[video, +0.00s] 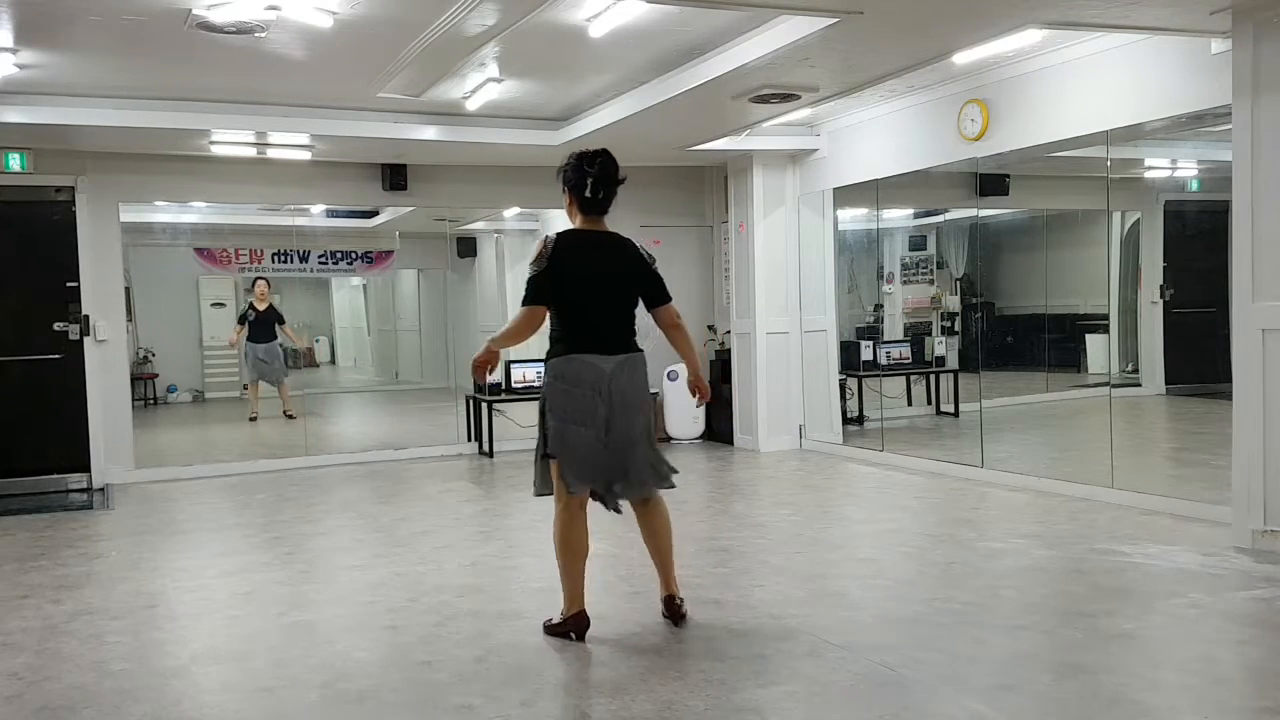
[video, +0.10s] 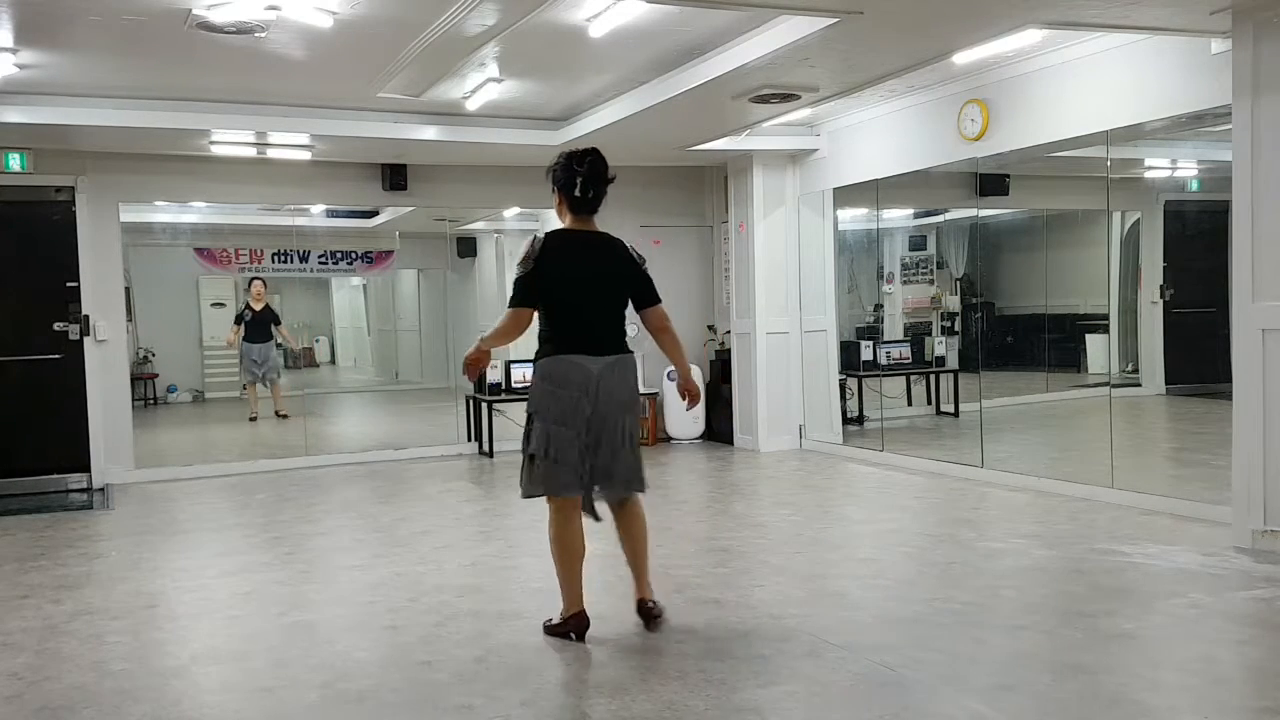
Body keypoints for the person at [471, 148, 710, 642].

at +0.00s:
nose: (563, 200)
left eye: (563, 194)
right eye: (567, 193)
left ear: (568, 197)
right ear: (612, 197)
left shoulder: (553, 251)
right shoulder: (631, 252)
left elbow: (531, 319)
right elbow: (669, 319)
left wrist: (494, 346)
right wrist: (695, 369)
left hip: (570, 378)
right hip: (628, 377)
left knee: (570, 496)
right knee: (644, 485)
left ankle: (574, 612)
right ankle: (671, 594)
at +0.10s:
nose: (552, 199)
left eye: (552, 193)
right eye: (557, 193)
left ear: (557, 197)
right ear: (602, 197)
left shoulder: (543, 249)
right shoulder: (621, 252)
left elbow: (518, 319)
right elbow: (656, 320)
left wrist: (485, 345)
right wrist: (684, 370)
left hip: (558, 377)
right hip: (617, 376)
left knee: (563, 497)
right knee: (623, 488)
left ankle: (574, 611)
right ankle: (644, 594)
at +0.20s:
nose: (546, 200)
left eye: (545, 193)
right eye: (550, 192)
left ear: (549, 197)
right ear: (595, 196)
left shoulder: (535, 250)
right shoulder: (615, 253)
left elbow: (511, 322)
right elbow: (648, 322)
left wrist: (483, 347)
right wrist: (677, 368)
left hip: (553, 377)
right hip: (610, 377)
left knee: (557, 496)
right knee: (601, 490)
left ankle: (573, 612)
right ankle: (608, 601)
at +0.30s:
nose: (539, 200)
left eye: (540, 194)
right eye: (543, 192)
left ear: (543, 197)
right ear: (588, 196)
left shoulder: (529, 252)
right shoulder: (610, 254)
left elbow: (510, 324)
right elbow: (643, 323)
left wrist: (484, 348)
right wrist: (674, 369)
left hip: (549, 381)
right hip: (605, 380)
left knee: (556, 502)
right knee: (587, 497)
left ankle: (572, 612)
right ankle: (594, 605)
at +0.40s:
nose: (536, 198)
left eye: (536, 192)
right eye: (541, 191)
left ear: (540, 197)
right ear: (585, 196)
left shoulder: (525, 252)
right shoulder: (605, 253)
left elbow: (508, 323)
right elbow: (640, 322)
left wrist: (485, 348)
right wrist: (670, 368)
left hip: (544, 378)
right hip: (600, 377)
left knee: (552, 498)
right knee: (593, 495)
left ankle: (572, 611)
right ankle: (594, 604)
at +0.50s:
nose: (530, 197)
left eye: (530, 191)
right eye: (533, 190)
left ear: (535, 195)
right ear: (581, 194)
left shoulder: (522, 250)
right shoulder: (600, 253)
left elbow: (502, 324)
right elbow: (635, 321)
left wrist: (476, 347)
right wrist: (661, 367)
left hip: (539, 377)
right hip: (596, 375)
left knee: (546, 494)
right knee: (593, 490)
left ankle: (570, 610)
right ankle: (595, 604)